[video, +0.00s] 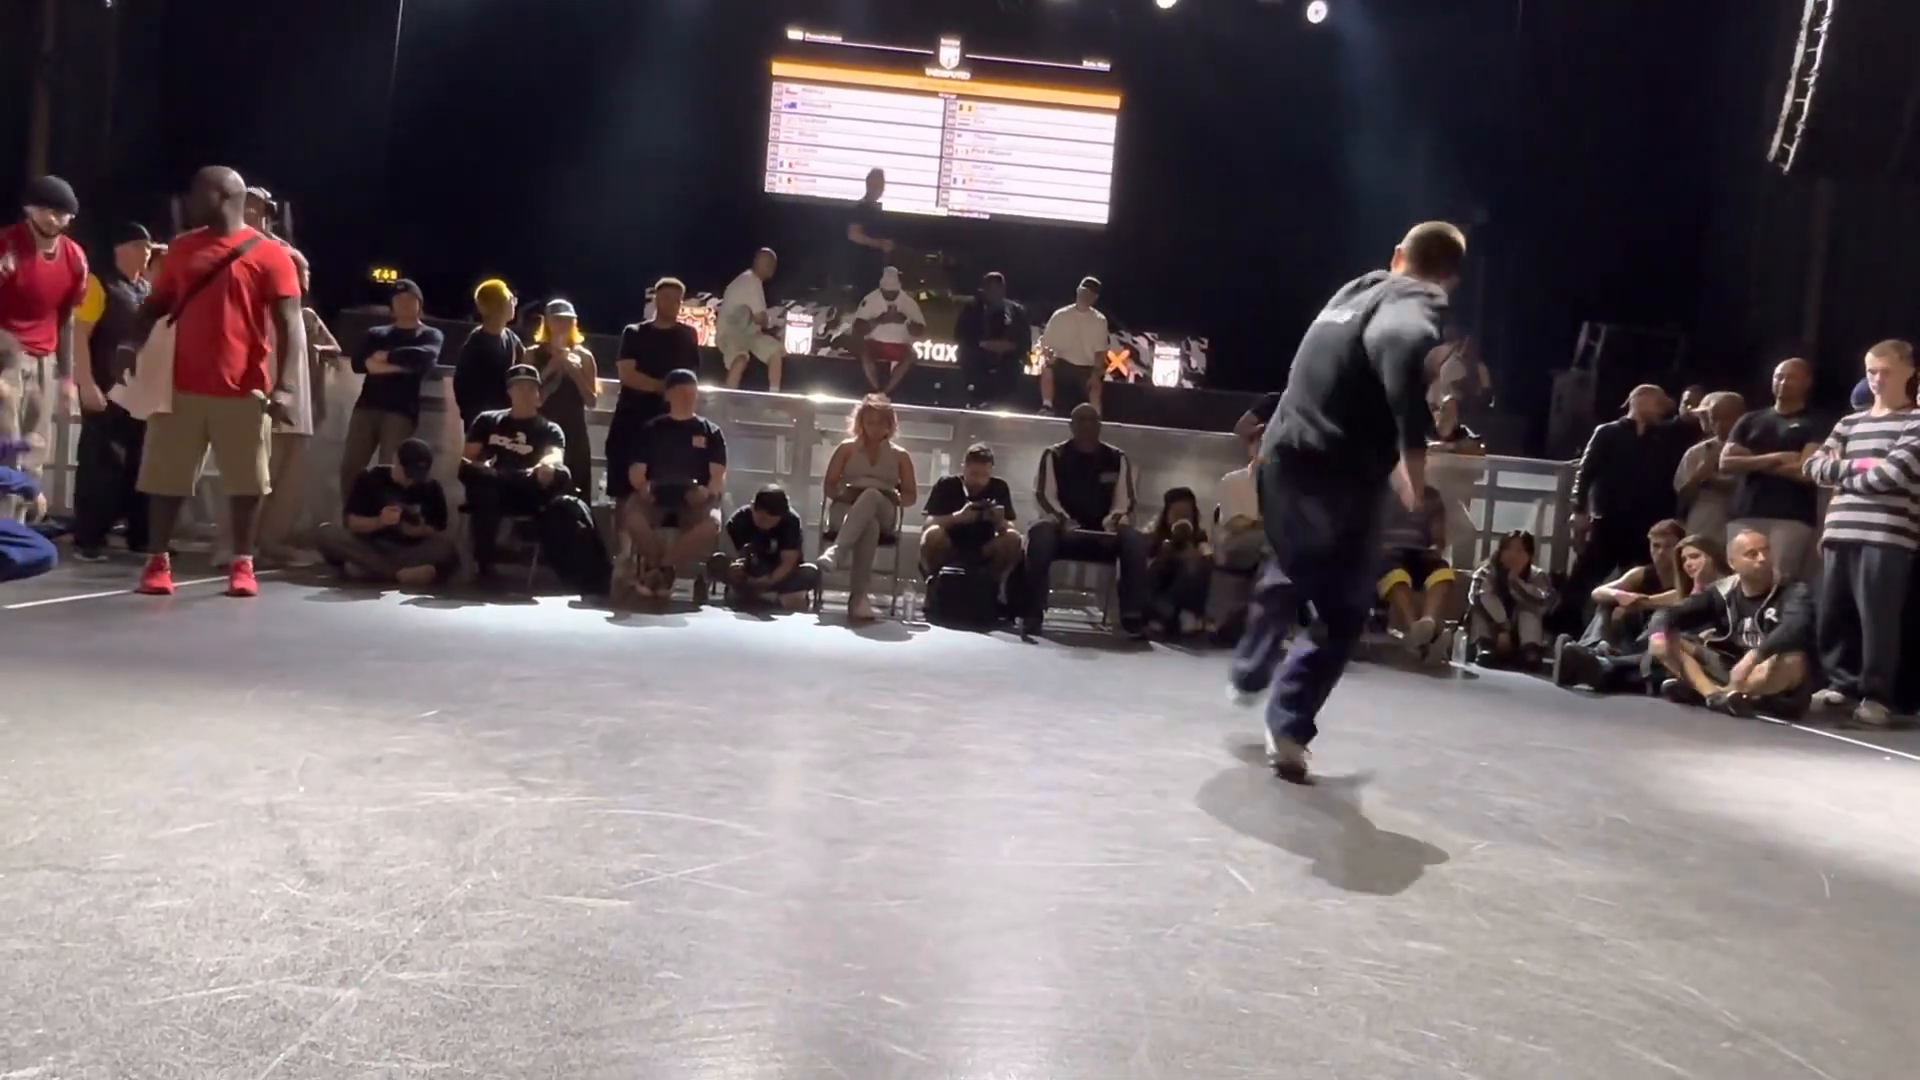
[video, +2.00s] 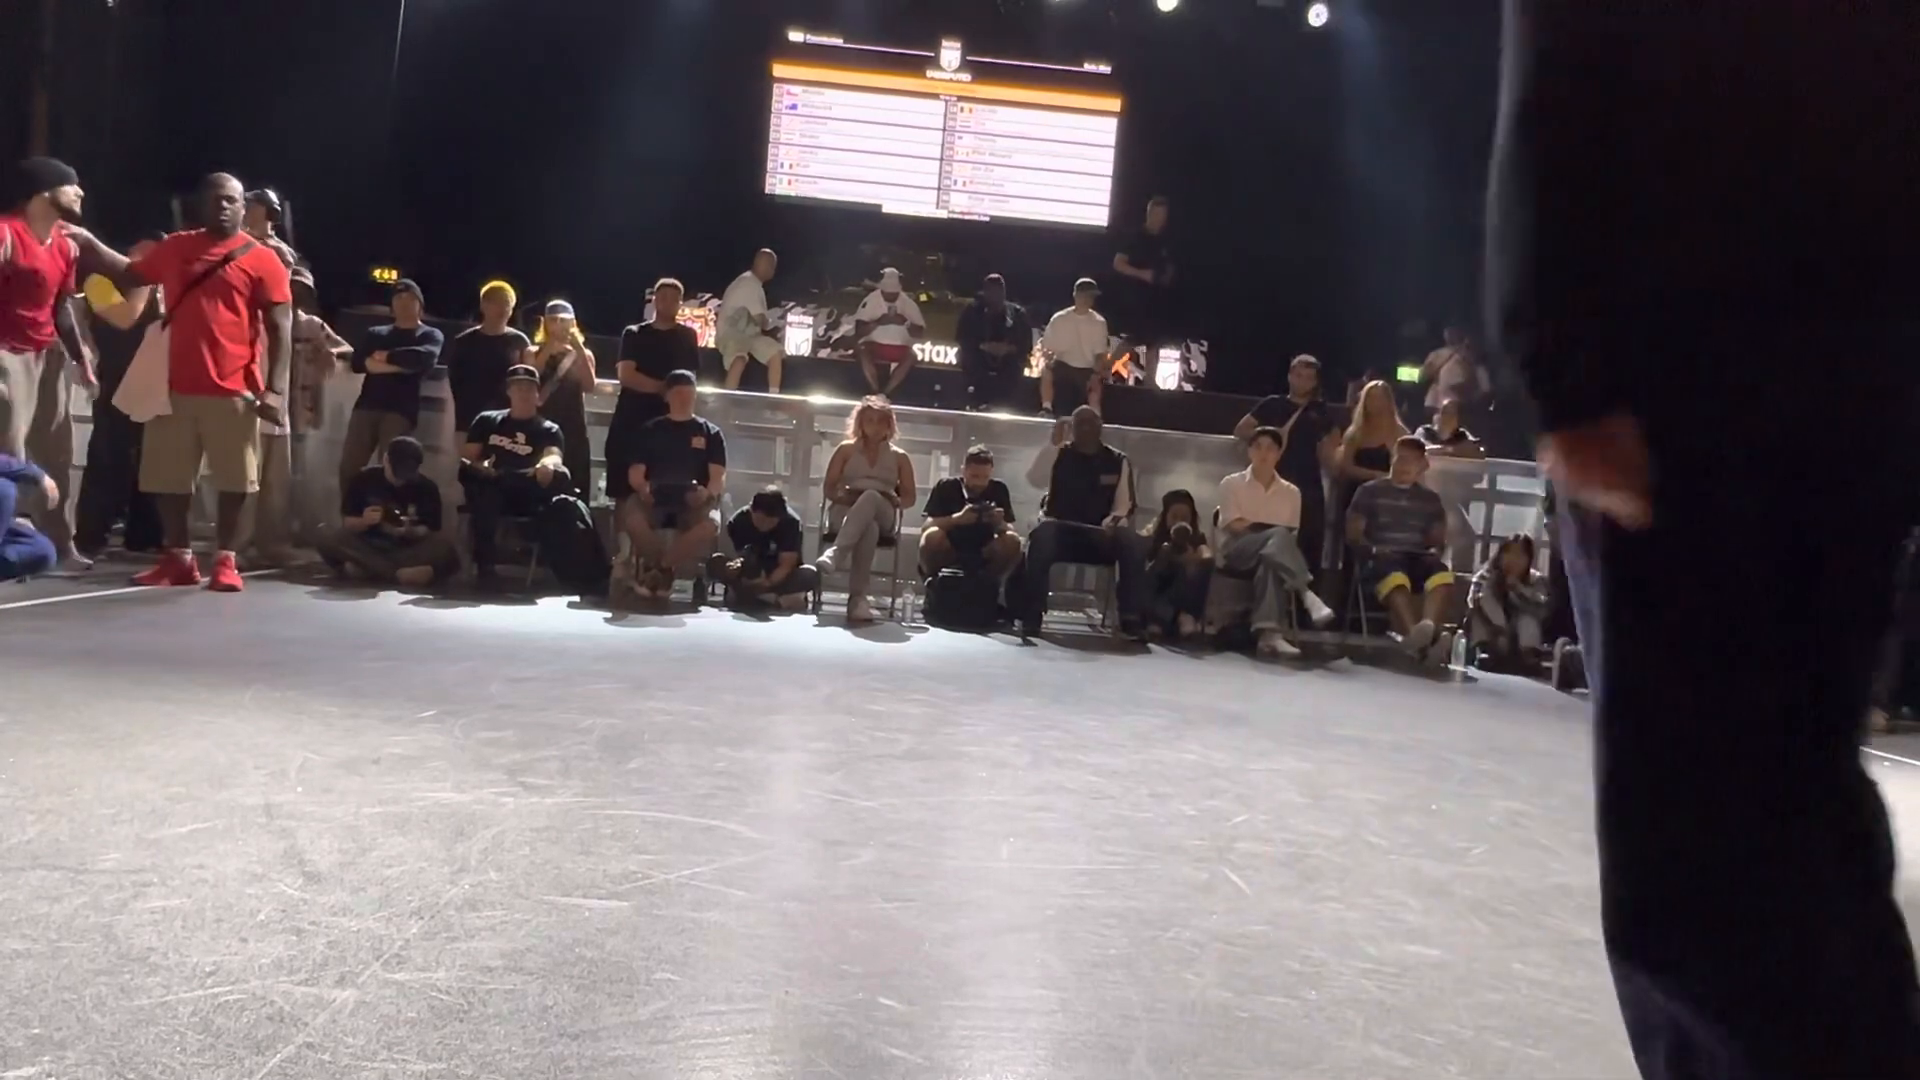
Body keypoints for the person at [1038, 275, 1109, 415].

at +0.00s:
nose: (1086, 294)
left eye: (1090, 291)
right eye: (1083, 289)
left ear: (1095, 297)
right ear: (1077, 291)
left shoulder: (1099, 320)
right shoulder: (1061, 315)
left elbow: (1100, 352)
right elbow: (1045, 341)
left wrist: (1096, 375)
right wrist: (1048, 355)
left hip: (1087, 365)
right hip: (1062, 361)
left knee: (1096, 381)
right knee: (1047, 370)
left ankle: (1095, 416)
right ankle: (1047, 406)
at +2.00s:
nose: (1087, 299)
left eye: (1090, 296)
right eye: (1083, 295)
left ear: (1093, 298)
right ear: (1075, 296)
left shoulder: (1099, 322)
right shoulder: (1059, 318)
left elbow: (1101, 354)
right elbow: (1046, 345)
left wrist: (1096, 375)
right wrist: (1048, 358)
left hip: (1088, 366)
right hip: (1063, 364)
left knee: (1096, 382)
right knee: (1047, 371)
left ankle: (1095, 416)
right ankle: (1046, 408)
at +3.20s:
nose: (1067, 301)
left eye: (1071, 297)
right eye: (1063, 297)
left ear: (1076, 301)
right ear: (1056, 299)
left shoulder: (1082, 326)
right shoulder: (1042, 323)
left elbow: (1084, 358)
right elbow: (1030, 351)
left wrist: (1078, 382)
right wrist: (1031, 365)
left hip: (1071, 371)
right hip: (1047, 369)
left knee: (1079, 384)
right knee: (1030, 377)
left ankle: (1079, 419)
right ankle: (1031, 413)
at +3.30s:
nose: (1064, 304)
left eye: (1067, 299)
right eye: (1061, 299)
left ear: (1073, 301)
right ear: (1054, 300)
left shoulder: (1077, 323)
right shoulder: (1039, 323)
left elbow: (1083, 353)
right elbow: (1028, 350)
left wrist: (1081, 375)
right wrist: (1029, 361)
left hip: (1071, 371)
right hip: (1045, 369)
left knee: (1075, 386)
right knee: (1028, 376)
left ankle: (1077, 419)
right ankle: (1029, 412)